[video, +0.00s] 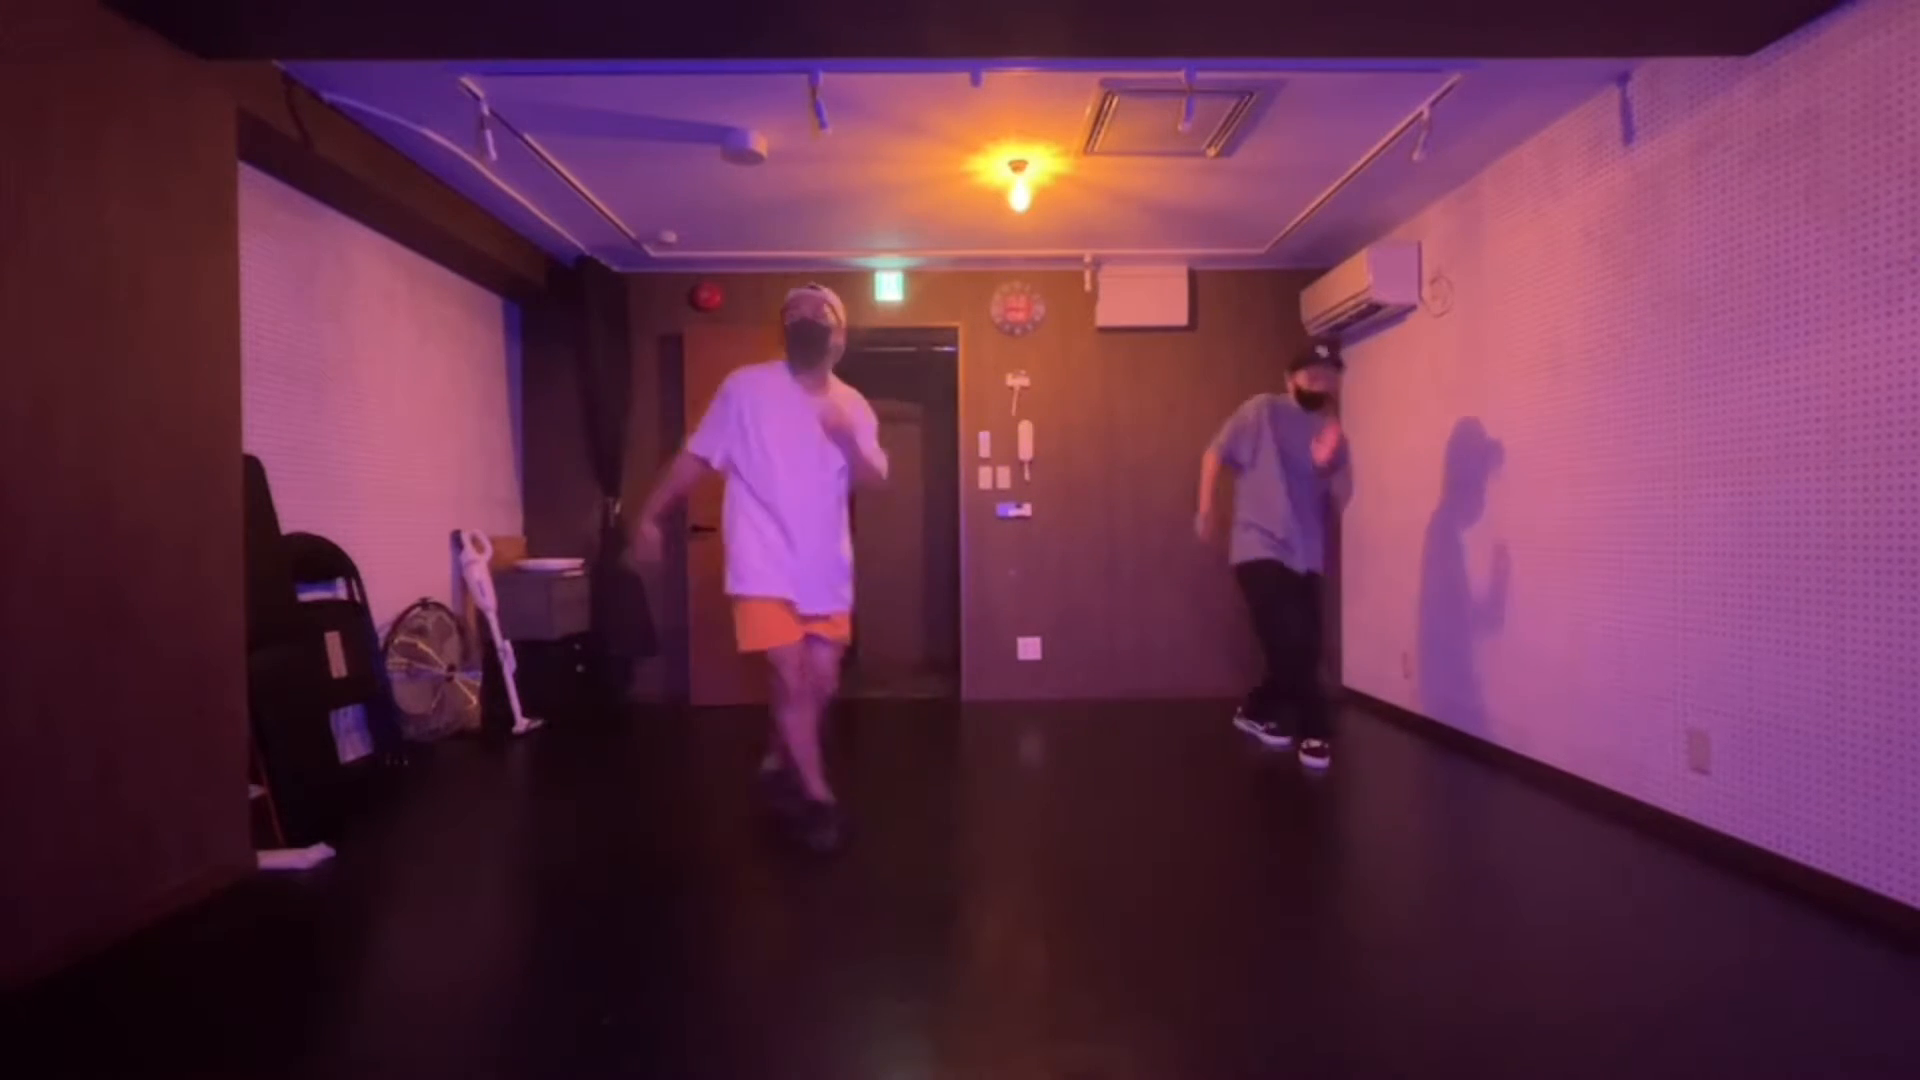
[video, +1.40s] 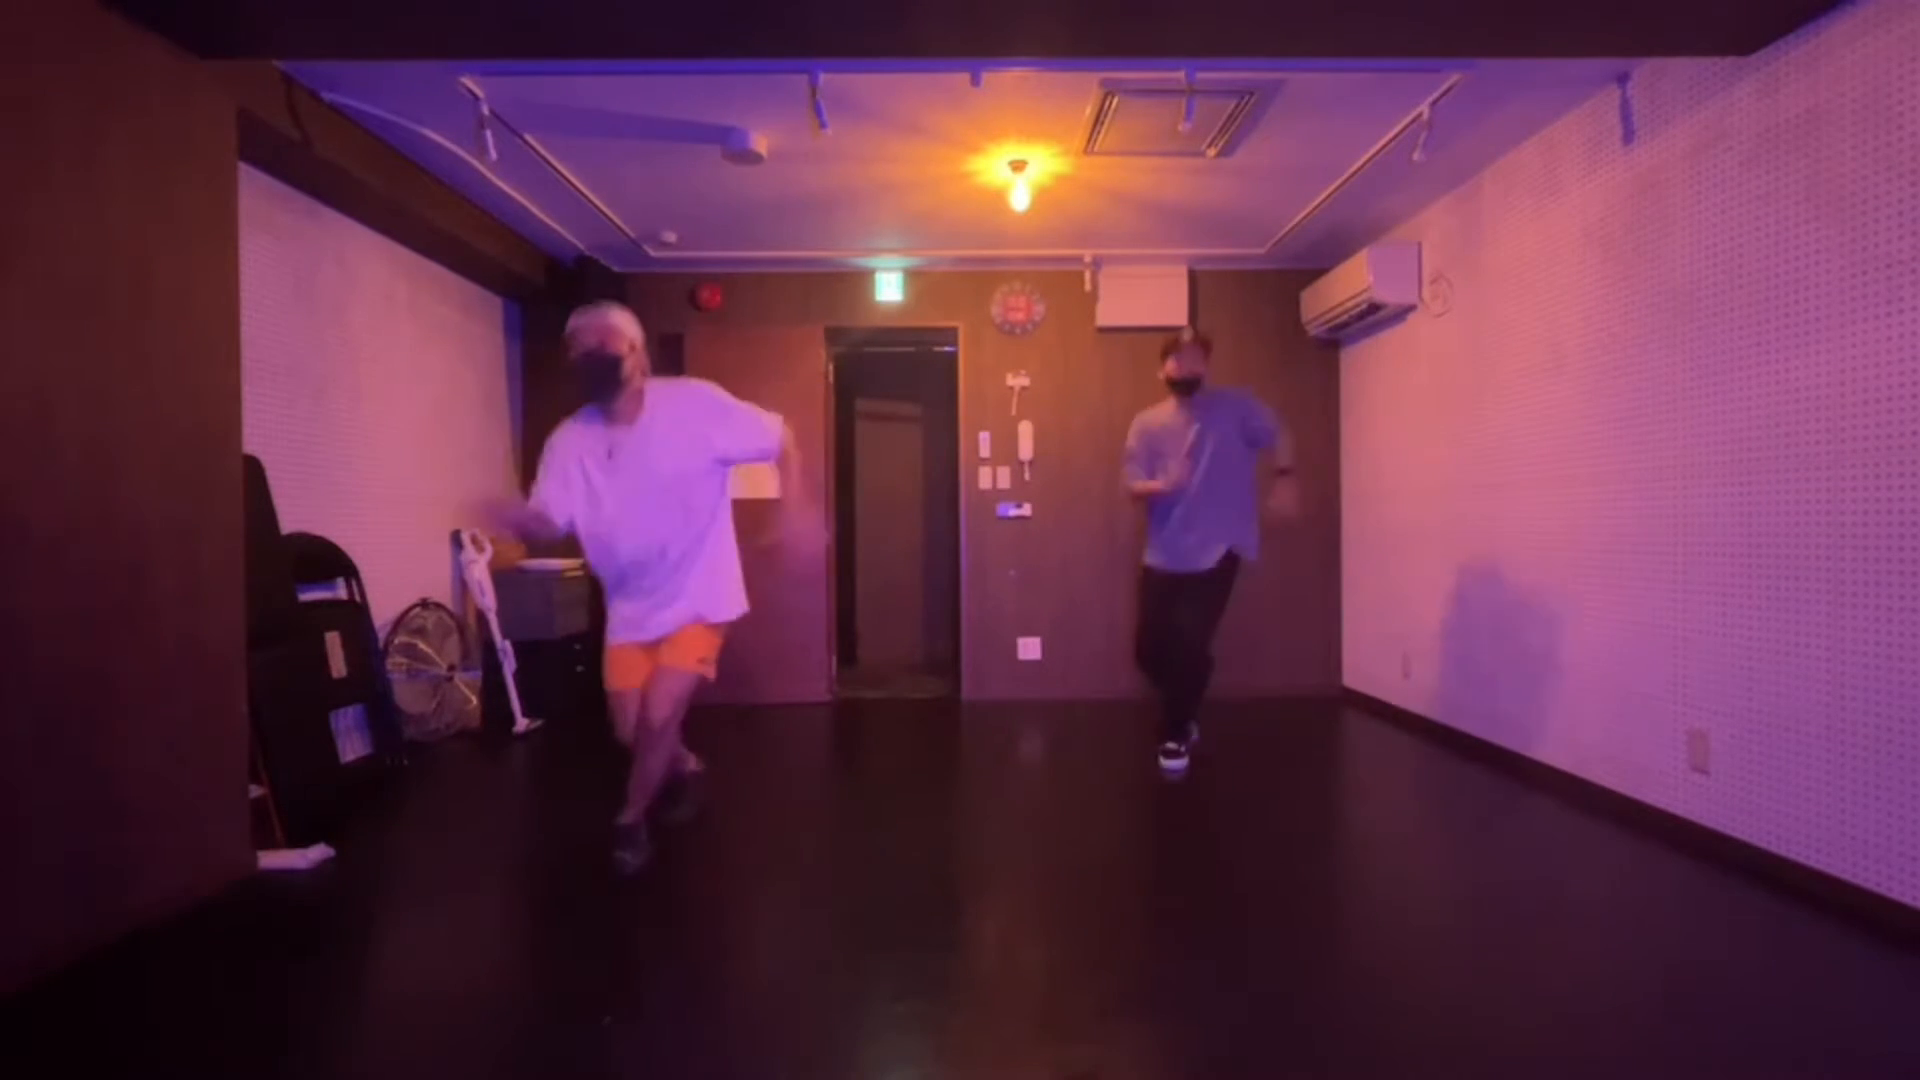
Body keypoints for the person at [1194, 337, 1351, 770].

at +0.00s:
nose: (1319, 383)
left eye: (1327, 375)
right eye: (1312, 373)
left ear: (1335, 381)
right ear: (1293, 374)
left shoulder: (1329, 430)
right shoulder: (1263, 409)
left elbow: (1341, 499)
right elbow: (1215, 453)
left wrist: (1328, 468)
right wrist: (1205, 507)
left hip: (1304, 549)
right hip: (1257, 540)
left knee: (1300, 641)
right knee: (1288, 637)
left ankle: (1258, 710)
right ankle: (1312, 733)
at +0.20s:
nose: (1296, 367)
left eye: (1304, 360)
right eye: (1287, 359)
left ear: (1313, 370)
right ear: (1269, 367)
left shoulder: (1318, 414)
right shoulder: (1243, 403)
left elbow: (1361, 451)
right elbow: (1188, 440)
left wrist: (1336, 442)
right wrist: (1191, 493)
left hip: (1289, 544)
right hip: (1244, 537)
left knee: (1283, 636)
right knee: (1271, 632)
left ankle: (1253, 718)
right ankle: (1283, 727)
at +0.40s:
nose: (1259, 358)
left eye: (1266, 350)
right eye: (1250, 350)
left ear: (1278, 358)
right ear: (1232, 361)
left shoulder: (1297, 407)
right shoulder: (1213, 408)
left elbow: (1330, 448)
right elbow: (1170, 452)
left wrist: (1293, 469)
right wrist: (1179, 503)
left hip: (1274, 538)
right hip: (1227, 532)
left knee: (1269, 626)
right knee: (1232, 618)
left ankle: (1256, 716)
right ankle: (1217, 710)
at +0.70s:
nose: (1201, 376)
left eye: (1209, 366)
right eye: (1192, 367)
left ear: (1221, 369)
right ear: (1179, 375)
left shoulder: (1250, 412)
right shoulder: (1169, 424)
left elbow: (1270, 468)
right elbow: (1150, 482)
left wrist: (1236, 496)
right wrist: (1161, 530)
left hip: (1251, 549)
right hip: (1201, 550)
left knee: (1259, 634)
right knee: (1201, 635)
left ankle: (1257, 713)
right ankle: (1198, 714)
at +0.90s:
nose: (1176, 374)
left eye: (1184, 365)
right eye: (1168, 366)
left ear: (1198, 369)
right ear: (1156, 374)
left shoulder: (1226, 410)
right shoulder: (1149, 427)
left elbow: (1263, 461)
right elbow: (1141, 482)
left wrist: (1287, 510)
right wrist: (1161, 520)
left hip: (1236, 542)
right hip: (1187, 547)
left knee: (1242, 624)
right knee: (1191, 635)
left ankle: (1251, 687)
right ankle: (1197, 713)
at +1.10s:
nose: (1172, 382)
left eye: (1180, 373)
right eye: (1163, 374)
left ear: (1194, 377)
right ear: (1152, 381)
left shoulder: (1224, 410)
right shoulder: (1145, 432)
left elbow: (1281, 430)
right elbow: (1136, 490)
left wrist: (1331, 459)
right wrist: (1163, 465)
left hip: (1222, 539)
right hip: (1176, 545)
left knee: (1201, 623)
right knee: (1176, 632)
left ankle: (1201, 712)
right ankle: (1199, 711)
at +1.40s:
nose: (1183, 367)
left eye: (1191, 357)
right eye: (1175, 357)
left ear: (1206, 362)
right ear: (1162, 365)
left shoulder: (1233, 407)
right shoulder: (1148, 423)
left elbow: (1277, 438)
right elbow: (1132, 483)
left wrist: (1283, 484)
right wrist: (1165, 484)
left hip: (1218, 550)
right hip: (1164, 555)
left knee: (1190, 642)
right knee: (1151, 646)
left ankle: (1175, 738)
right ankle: (1183, 718)